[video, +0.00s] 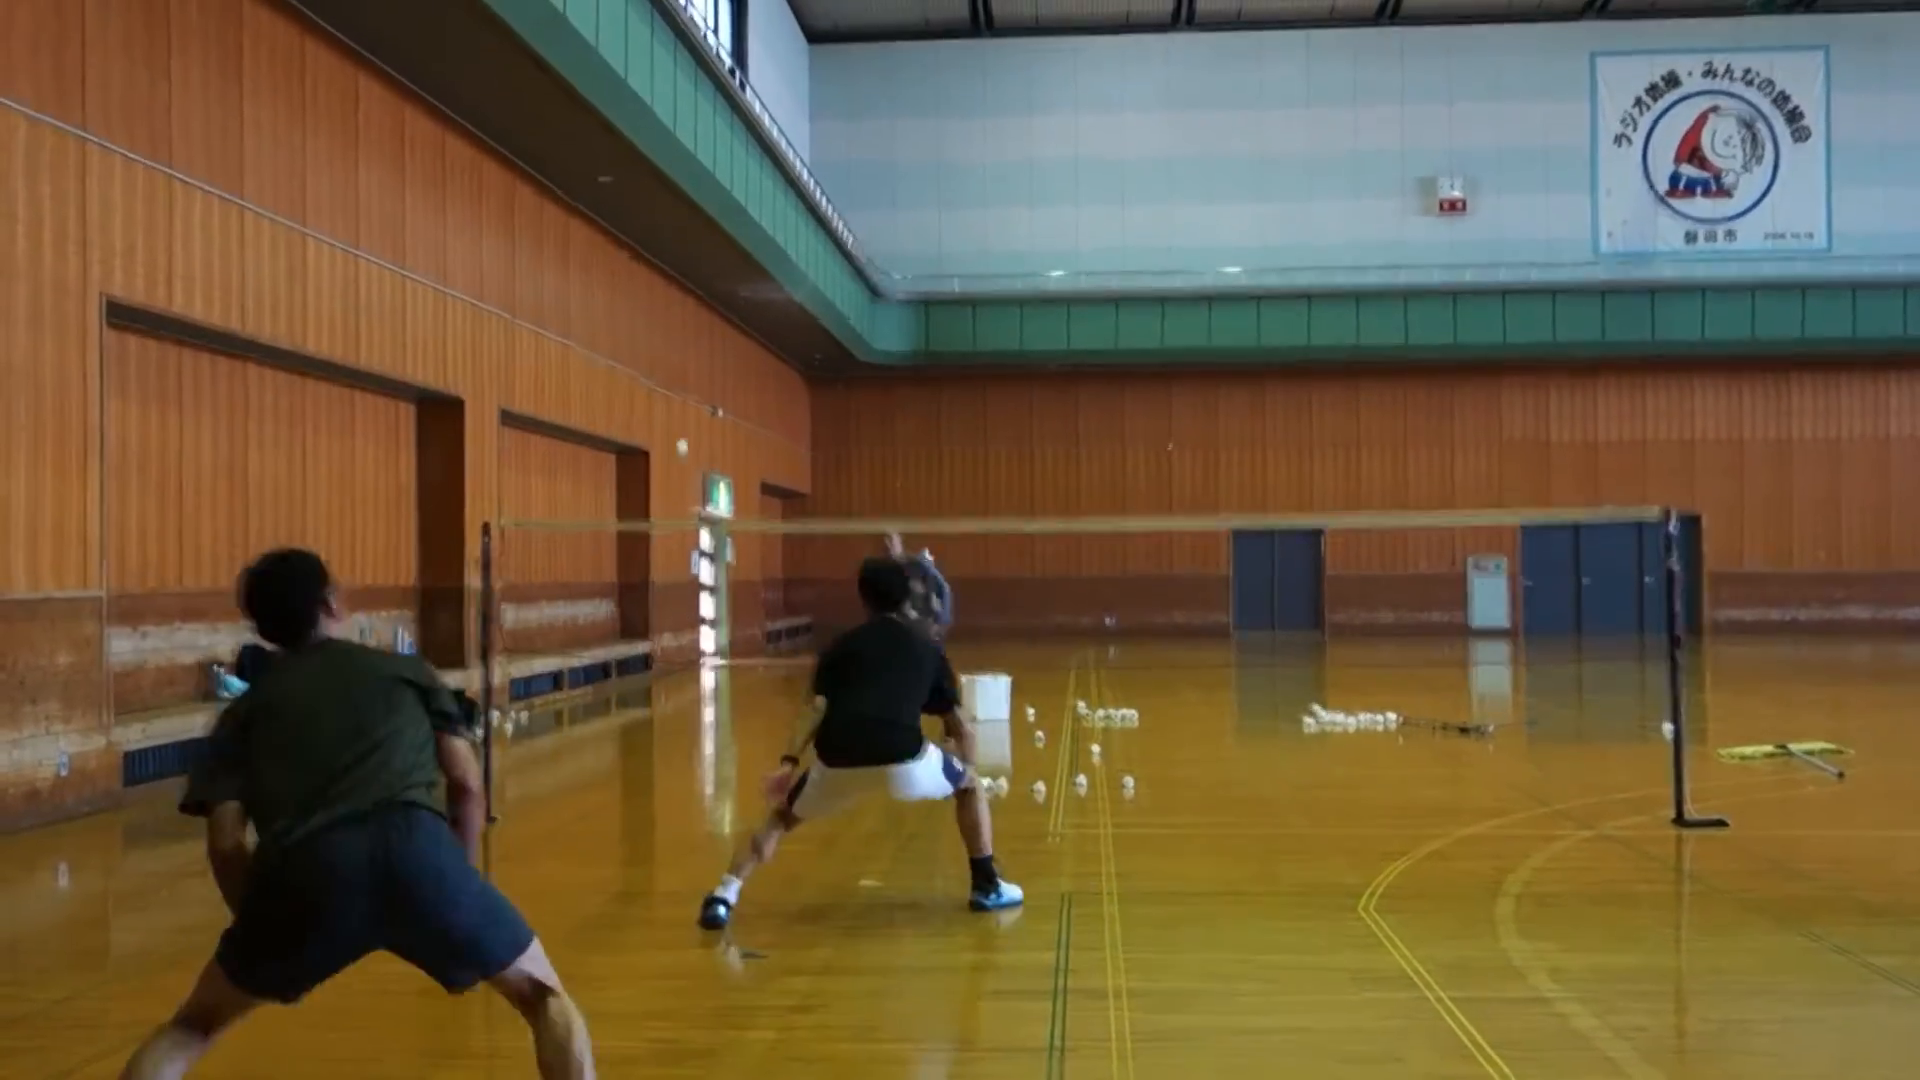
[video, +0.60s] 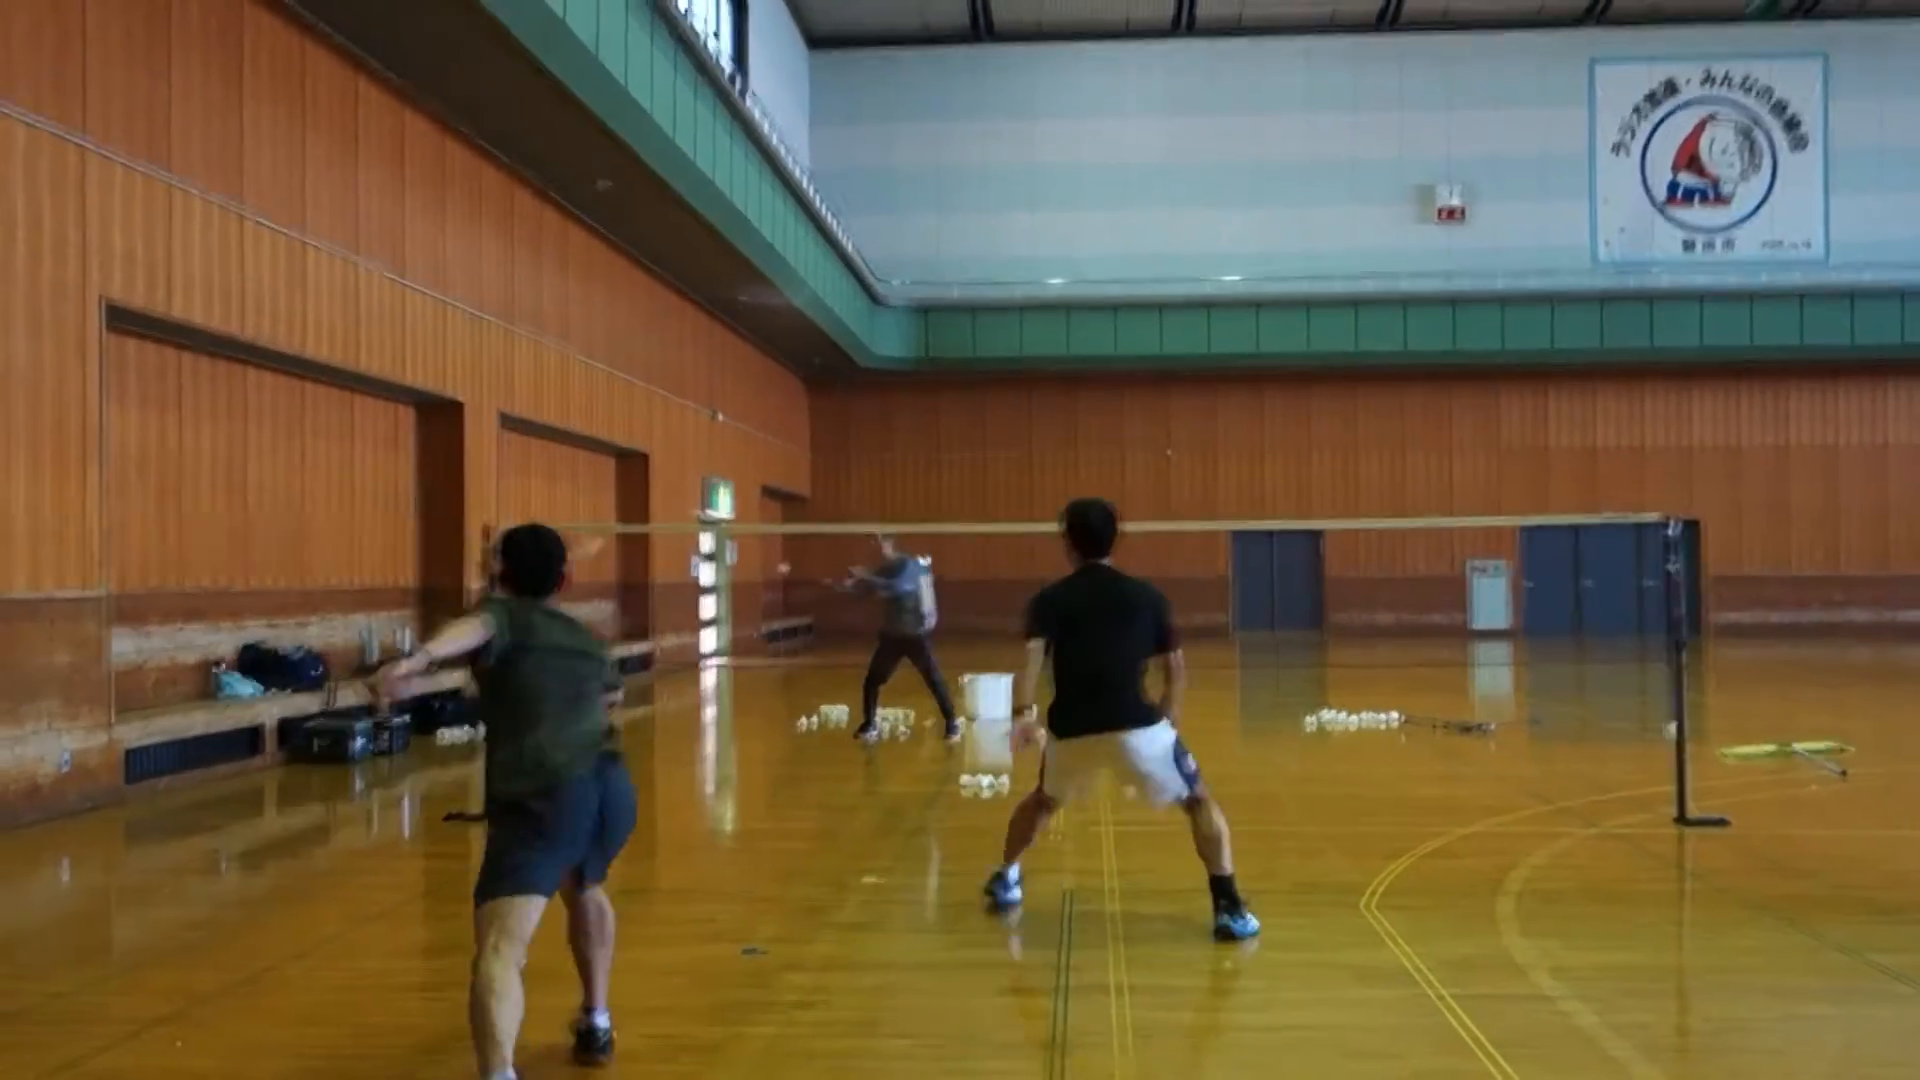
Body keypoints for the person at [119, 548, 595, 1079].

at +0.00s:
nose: (345, 604)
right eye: (338, 595)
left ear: (264, 630)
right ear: (330, 607)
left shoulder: (246, 711)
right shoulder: (403, 670)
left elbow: (225, 846)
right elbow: (466, 782)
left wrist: (262, 933)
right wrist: (464, 887)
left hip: (308, 880)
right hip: (419, 860)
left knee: (193, 1026)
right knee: (545, 999)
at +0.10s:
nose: (379, 552)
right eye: (375, 546)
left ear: (301, 578)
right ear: (373, 556)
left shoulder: (289, 659)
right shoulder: (445, 629)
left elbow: (250, 794)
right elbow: (514, 734)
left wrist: (268, 865)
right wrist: (520, 831)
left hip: (365, 848)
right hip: (476, 833)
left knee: (239, 996)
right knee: (561, 992)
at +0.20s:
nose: (404, 523)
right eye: (402, 516)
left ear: (325, 542)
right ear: (401, 525)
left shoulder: (315, 636)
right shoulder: (472, 602)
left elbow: (245, 754)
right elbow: (534, 719)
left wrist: (241, 798)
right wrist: (528, 805)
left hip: (411, 832)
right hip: (509, 816)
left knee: (291, 994)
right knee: (531, 990)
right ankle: (578, 1071)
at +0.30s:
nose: (446, 546)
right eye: (444, 539)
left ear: (366, 557)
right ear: (441, 548)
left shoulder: (348, 633)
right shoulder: (492, 623)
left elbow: (264, 672)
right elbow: (529, 700)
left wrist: (216, 666)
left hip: (440, 844)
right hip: (530, 828)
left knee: (402, 1048)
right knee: (552, 945)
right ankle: (562, 1070)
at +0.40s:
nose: (505, 566)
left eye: (417, 565)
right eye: (501, 556)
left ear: (420, 573)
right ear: (495, 567)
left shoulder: (393, 632)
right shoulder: (534, 640)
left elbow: (260, 624)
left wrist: (176, 602)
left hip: (465, 850)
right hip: (558, 833)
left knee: (428, 1047)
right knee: (584, 891)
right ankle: (583, 1031)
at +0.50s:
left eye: (476, 558)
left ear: (476, 568)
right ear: (544, 571)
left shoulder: (453, 612)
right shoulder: (569, 631)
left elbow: (357, 620)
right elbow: (587, 686)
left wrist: (251, 641)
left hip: (495, 807)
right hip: (575, 797)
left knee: (464, 973)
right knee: (586, 862)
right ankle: (590, 989)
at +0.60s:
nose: (490, 570)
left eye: (494, 561)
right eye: (493, 560)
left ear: (507, 573)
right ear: (559, 578)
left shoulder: (502, 616)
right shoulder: (582, 636)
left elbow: (466, 634)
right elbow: (611, 699)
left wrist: (415, 659)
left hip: (542, 797)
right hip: (608, 790)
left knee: (502, 948)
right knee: (587, 887)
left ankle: (498, 1070)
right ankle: (598, 1020)